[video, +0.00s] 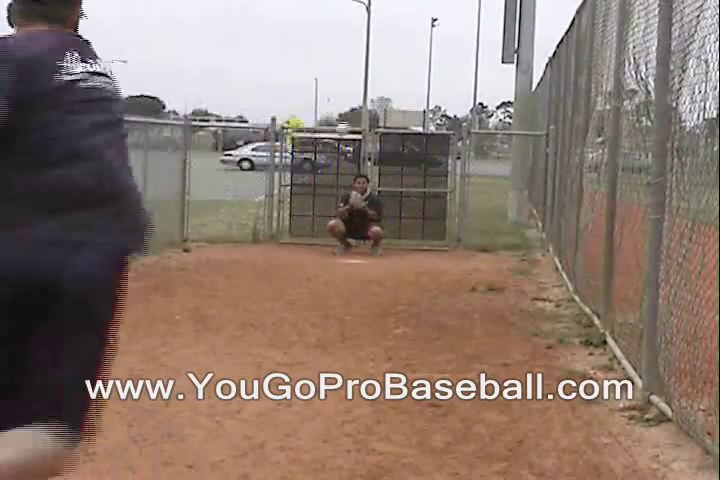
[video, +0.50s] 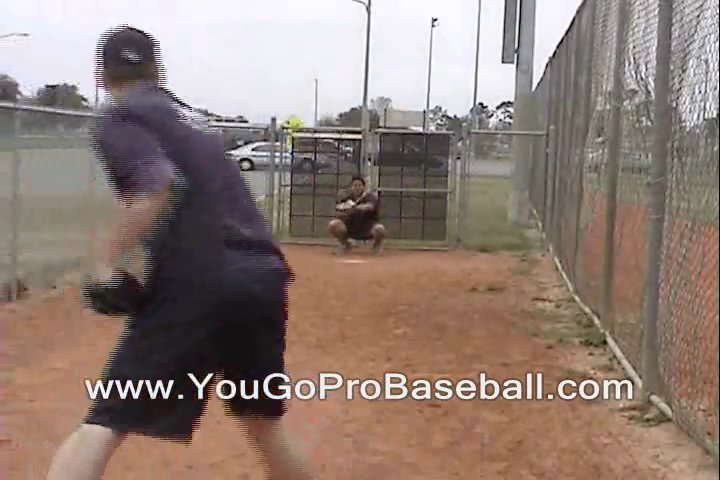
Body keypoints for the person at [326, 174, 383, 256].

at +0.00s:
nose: (361, 186)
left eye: (364, 183)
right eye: (358, 183)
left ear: (367, 185)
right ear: (354, 185)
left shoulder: (373, 199)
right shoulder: (346, 197)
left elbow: (378, 217)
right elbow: (338, 213)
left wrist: (364, 208)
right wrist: (350, 206)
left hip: (365, 227)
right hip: (349, 226)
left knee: (376, 231)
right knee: (332, 225)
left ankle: (376, 245)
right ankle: (346, 244)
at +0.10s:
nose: (361, 186)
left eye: (363, 183)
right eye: (358, 183)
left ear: (367, 185)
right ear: (354, 185)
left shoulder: (373, 198)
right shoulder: (346, 197)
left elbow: (377, 216)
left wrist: (365, 204)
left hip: (366, 226)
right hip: (349, 226)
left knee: (378, 231)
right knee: (333, 225)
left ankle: (376, 245)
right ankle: (346, 244)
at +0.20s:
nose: (360, 187)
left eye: (362, 184)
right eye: (358, 184)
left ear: (366, 186)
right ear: (353, 186)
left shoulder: (373, 198)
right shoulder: (346, 198)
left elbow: (377, 215)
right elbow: (338, 214)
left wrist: (364, 203)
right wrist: (349, 209)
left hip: (367, 227)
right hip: (350, 226)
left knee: (379, 229)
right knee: (333, 225)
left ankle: (376, 245)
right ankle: (346, 245)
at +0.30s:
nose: (358, 187)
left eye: (361, 185)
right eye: (356, 184)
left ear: (365, 187)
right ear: (352, 186)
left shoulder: (371, 197)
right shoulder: (347, 198)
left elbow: (373, 207)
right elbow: (338, 214)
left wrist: (359, 201)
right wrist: (348, 211)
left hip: (366, 227)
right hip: (350, 227)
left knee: (379, 229)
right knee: (333, 225)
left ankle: (376, 246)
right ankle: (346, 244)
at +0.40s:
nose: (357, 187)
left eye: (360, 185)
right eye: (355, 185)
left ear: (364, 187)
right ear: (351, 186)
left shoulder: (371, 197)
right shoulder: (346, 197)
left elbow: (371, 205)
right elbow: (338, 213)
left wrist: (357, 203)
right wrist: (350, 211)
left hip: (367, 227)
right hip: (350, 227)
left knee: (379, 229)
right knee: (334, 225)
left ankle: (377, 245)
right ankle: (346, 244)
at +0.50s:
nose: (357, 188)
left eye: (359, 185)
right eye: (354, 185)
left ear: (364, 187)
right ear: (351, 187)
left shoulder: (371, 197)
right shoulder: (347, 197)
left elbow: (370, 207)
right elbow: (338, 209)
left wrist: (354, 208)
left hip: (366, 227)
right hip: (350, 227)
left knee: (379, 229)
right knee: (334, 225)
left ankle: (377, 245)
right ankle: (346, 244)